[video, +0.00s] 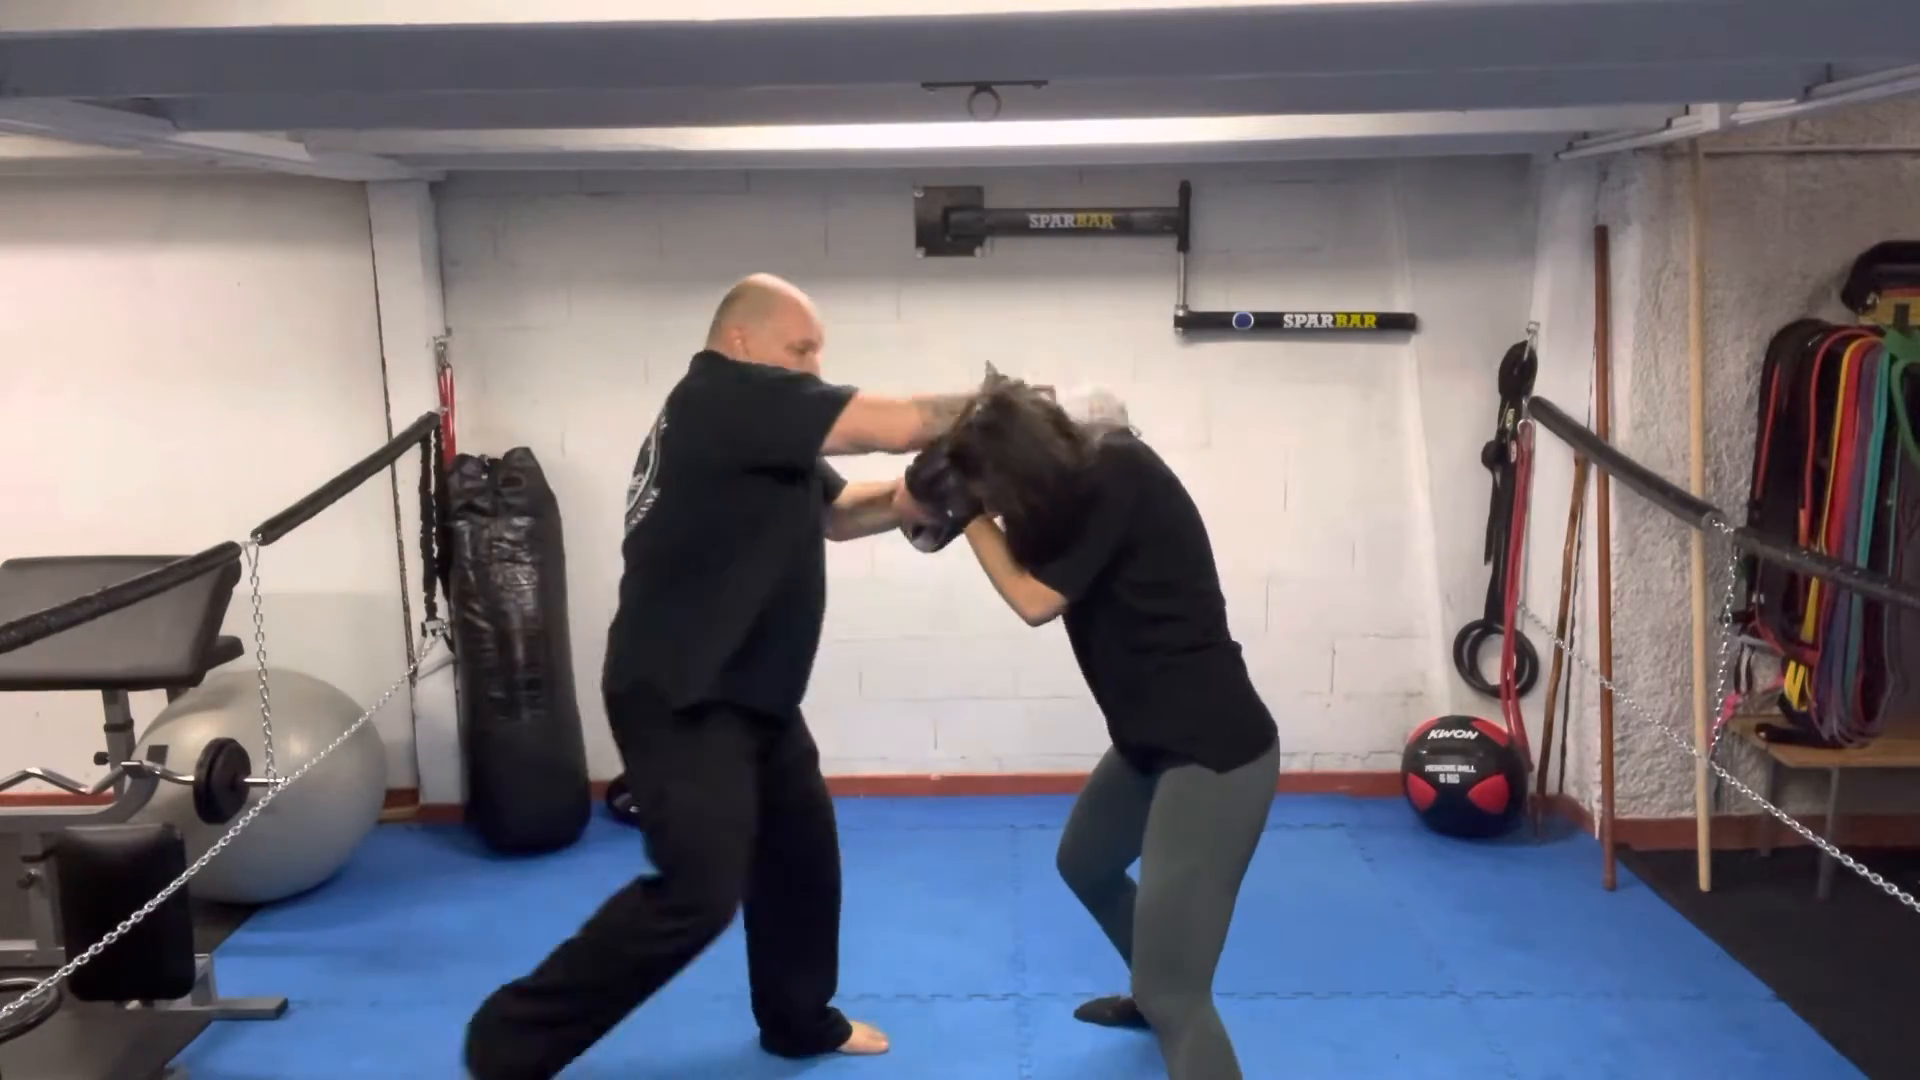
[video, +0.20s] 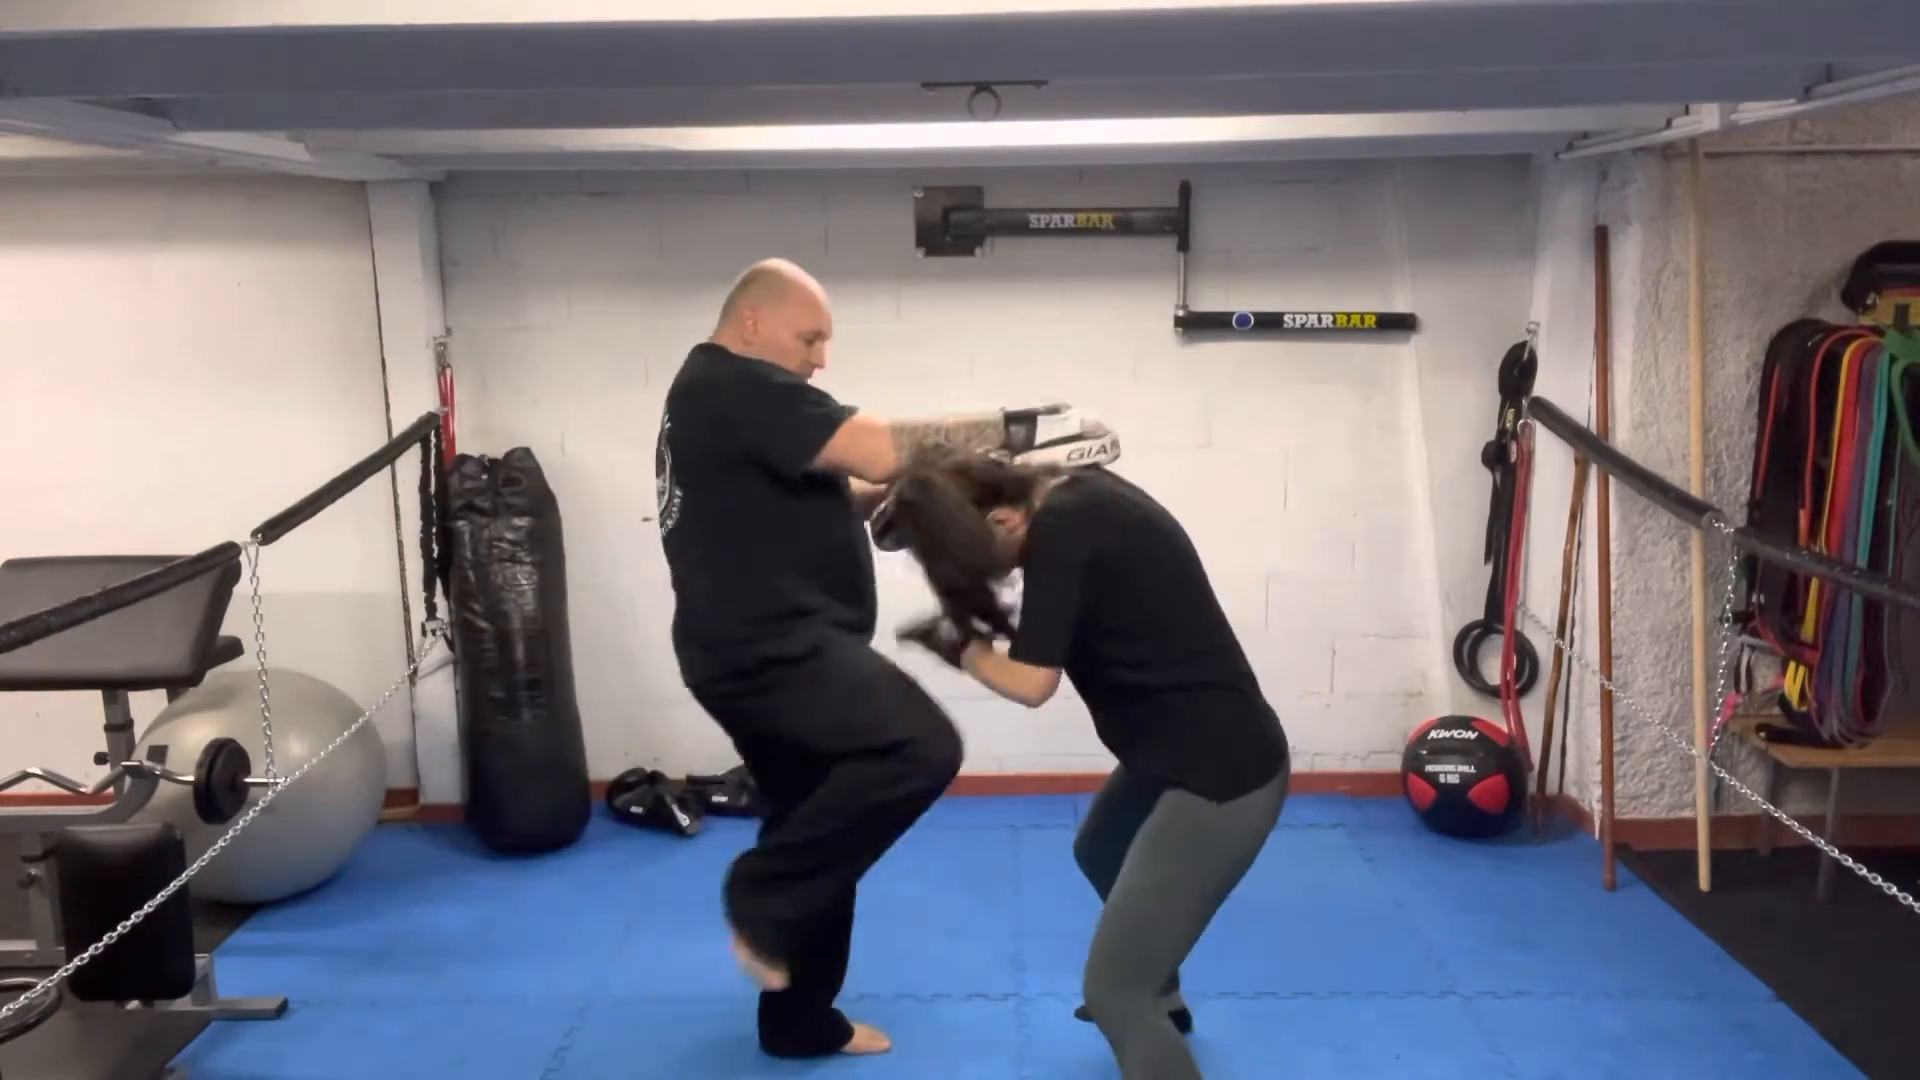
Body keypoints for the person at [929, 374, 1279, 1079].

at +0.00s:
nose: (1008, 513)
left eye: (1009, 499)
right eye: (999, 504)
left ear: (1035, 471)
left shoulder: (1120, 477)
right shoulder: (1082, 475)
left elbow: (1033, 599)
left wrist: (968, 515)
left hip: (1217, 757)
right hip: (1153, 745)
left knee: (1170, 991)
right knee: (1087, 862)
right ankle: (1160, 997)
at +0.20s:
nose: (998, 563)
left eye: (990, 556)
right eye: (985, 559)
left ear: (1003, 519)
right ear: (1002, 503)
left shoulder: (1067, 522)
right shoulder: (1080, 492)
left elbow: (1031, 681)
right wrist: (987, 630)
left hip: (1222, 769)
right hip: (1180, 750)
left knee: (1119, 991)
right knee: (1101, 851)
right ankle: (1157, 999)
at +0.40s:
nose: (995, 617)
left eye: (990, 607)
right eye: (980, 615)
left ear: (1010, 570)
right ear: (1007, 559)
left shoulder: (1093, 548)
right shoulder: (1050, 538)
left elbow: (1107, 701)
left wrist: (1018, 675)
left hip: (1240, 783)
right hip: (1165, 768)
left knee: (1131, 998)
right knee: (1087, 890)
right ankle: (1154, 1005)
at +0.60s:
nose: (1020, 606)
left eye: (1020, 597)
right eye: (1005, 602)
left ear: (1046, 570)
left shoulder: (1162, 556)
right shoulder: (1044, 531)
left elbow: (1187, 708)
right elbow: (998, 612)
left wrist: (1049, 692)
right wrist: (953, 679)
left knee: (1145, 998)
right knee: (1075, 907)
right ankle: (1149, 991)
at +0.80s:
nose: (1049, 505)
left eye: (1064, 495)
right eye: (1047, 489)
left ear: (1122, 488)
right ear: (1052, 470)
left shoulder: (1206, 519)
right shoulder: (1070, 485)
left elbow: (1180, 667)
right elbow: (939, 513)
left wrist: (1042, 606)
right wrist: (1031, 430)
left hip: (1191, 781)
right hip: (1104, 764)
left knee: (1107, 1009)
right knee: (1062, 902)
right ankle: (1153, 998)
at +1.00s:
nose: (1021, 424)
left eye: (1025, 413)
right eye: (1018, 411)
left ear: (1067, 425)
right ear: (1114, 402)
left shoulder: (1095, 506)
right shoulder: (1156, 466)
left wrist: (955, 423)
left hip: (1127, 779)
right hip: (1122, 751)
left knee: (1077, 1017)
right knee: (1027, 854)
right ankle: (1076, 988)